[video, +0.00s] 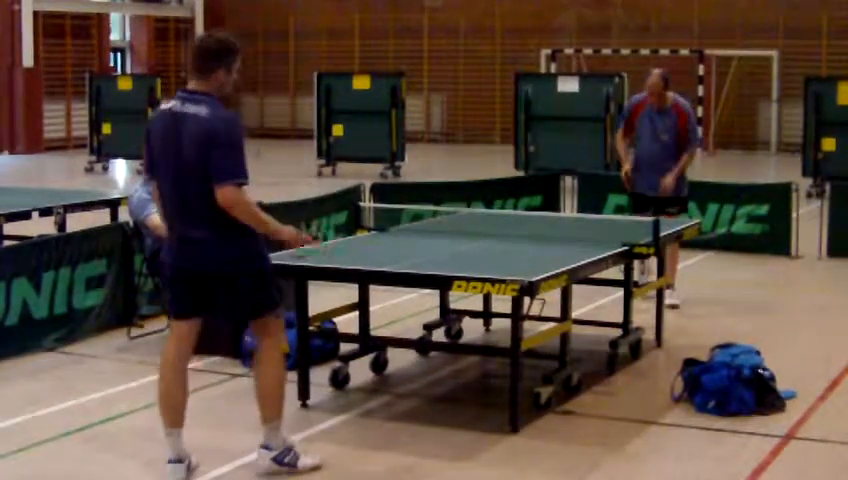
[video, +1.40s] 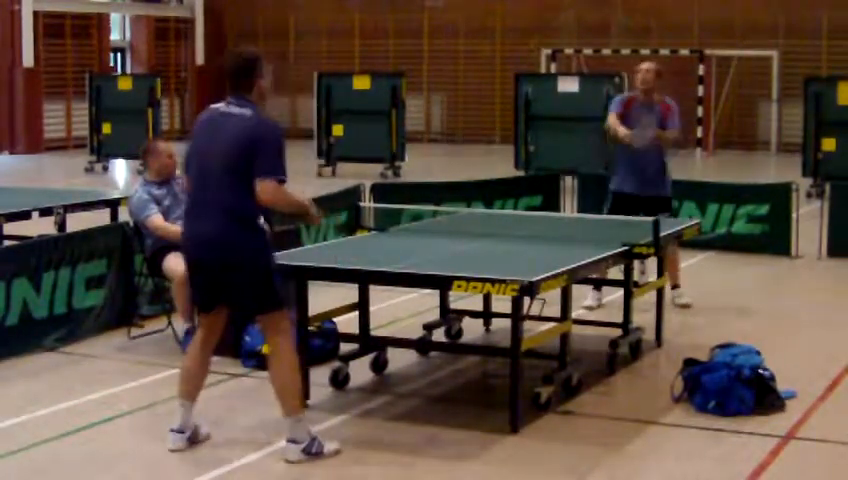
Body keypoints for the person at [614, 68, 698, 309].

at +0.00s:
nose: (652, 98)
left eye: (655, 93)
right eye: (649, 93)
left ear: (666, 91)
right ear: (645, 90)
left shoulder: (682, 110)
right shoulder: (636, 105)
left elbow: (691, 146)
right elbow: (621, 134)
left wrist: (674, 174)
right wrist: (626, 161)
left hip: (670, 183)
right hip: (641, 181)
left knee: (670, 235)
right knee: (640, 231)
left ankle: (669, 285)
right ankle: (641, 269)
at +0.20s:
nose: (648, 99)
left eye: (652, 94)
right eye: (645, 94)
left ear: (662, 91)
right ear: (641, 90)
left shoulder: (677, 111)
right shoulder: (634, 104)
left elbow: (683, 151)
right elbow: (621, 133)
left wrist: (663, 181)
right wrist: (621, 159)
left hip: (663, 181)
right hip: (634, 178)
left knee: (666, 235)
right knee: (626, 229)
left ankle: (668, 286)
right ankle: (617, 283)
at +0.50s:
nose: (627, 103)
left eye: (631, 99)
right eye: (624, 98)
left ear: (642, 97)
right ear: (620, 94)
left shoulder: (653, 118)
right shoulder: (610, 110)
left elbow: (653, 160)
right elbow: (591, 138)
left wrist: (630, 188)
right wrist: (596, 165)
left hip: (639, 186)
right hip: (609, 184)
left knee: (655, 237)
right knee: (601, 237)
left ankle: (665, 287)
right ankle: (594, 290)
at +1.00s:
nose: (616, 97)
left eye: (621, 93)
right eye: (613, 92)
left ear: (631, 94)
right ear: (610, 93)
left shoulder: (644, 121)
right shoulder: (599, 115)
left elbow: (641, 156)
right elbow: (580, 147)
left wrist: (619, 171)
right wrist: (586, 178)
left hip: (632, 185)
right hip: (601, 185)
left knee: (657, 235)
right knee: (597, 238)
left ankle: (674, 287)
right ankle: (594, 290)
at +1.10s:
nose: (622, 94)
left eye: (627, 89)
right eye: (620, 88)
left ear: (637, 91)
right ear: (615, 89)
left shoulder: (648, 114)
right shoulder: (604, 112)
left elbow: (642, 138)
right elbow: (587, 146)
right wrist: (595, 174)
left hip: (638, 185)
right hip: (608, 185)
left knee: (658, 237)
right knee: (599, 239)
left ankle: (674, 287)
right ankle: (594, 289)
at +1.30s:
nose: (639, 82)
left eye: (644, 77)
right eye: (636, 77)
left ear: (651, 81)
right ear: (629, 80)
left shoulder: (659, 106)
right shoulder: (617, 105)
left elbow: (656, 123)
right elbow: (603, 129)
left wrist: (638, 107)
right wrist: (611, 149)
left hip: (650, 181)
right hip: (620, 181)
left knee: (666, 235)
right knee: (608, 235)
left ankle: (675, 287)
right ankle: (596, 289)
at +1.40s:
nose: (643, 77)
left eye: (649, 72)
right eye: (640, 72)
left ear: (657, 78)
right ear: (635, 76)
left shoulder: (666, 105)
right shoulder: (622, 101)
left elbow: (675, 135)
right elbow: (611, 123)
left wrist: (657, 134)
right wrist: (626, 134)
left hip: (656, 184)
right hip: (625, 182)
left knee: (668, 237)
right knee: (609, 235)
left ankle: (675, 287)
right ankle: (596, 289)